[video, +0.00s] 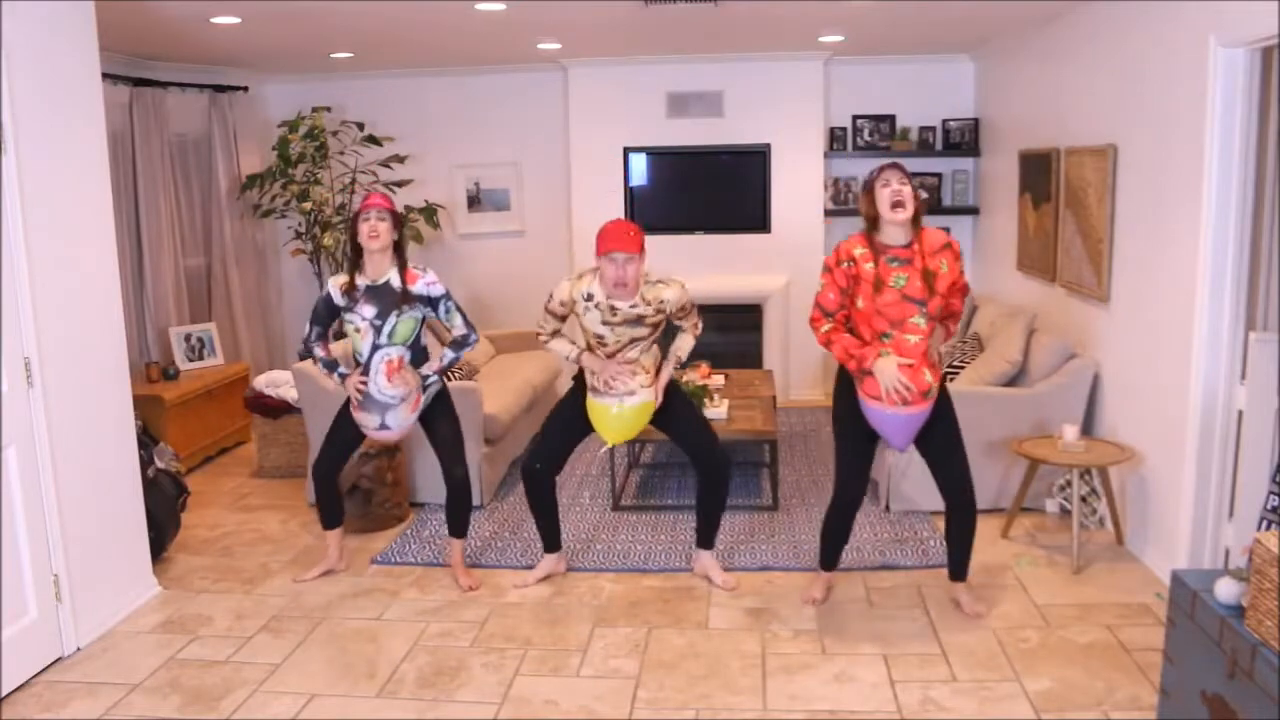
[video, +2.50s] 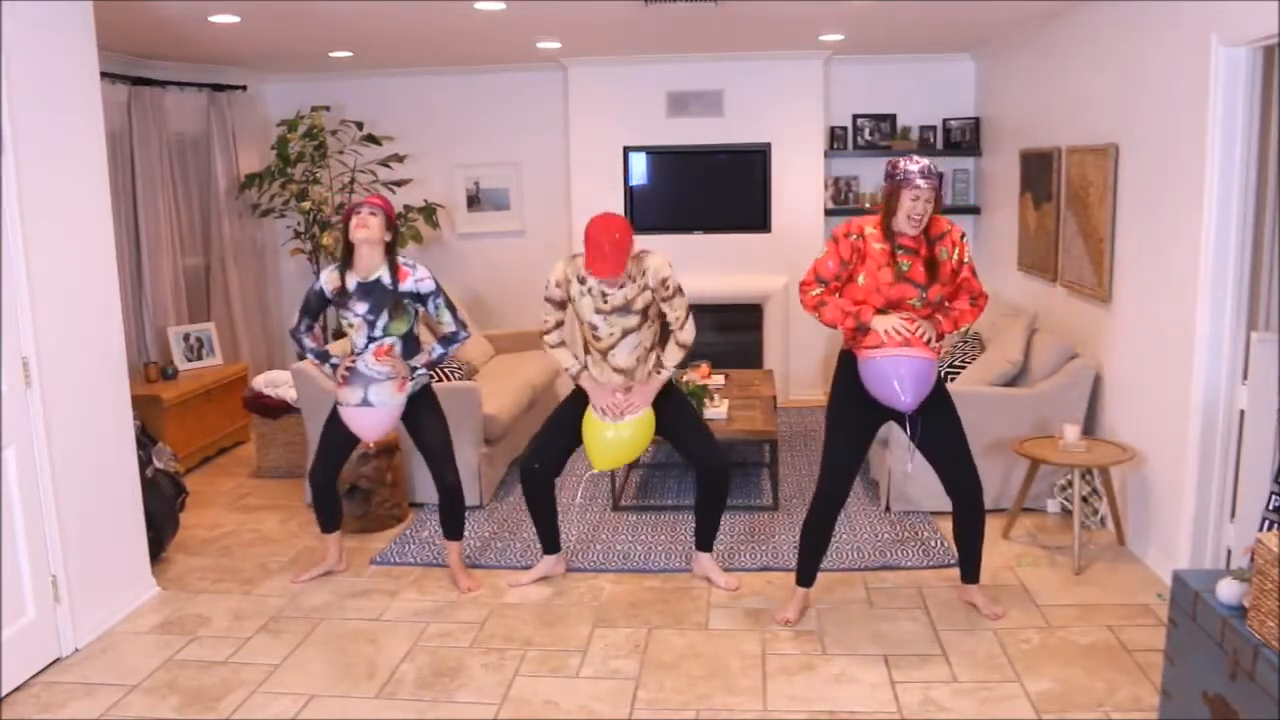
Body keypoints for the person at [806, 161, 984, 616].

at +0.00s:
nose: (896, 190)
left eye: (903, 183)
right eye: (885, 184)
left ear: (916, 197)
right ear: (871, 201)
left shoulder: (940, 247)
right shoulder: (850, 253)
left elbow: (954, 309)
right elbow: (823, 320)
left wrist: (936, 335)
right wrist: (871, 360)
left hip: (924, 376)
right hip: (861, 377)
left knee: (960, 491)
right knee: (850, 488)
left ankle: (958, 583)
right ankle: (824, 574)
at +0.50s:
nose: (946, 177)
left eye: (954, 171)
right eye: (935, 173)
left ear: (967, 186)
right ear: (921, 190)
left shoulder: (991, 239)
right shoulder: (896, 246)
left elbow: (1008, 288)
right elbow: (871, 311)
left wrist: (987, 327)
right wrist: (915, 356)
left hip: (969, 374)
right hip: (905, 370)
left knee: (975, 489)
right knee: (872, 473)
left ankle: (960, 580)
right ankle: (825, 564)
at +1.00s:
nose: (952, 187)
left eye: (961, 179)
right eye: (943, 178)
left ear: (973, 182)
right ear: (927, 179)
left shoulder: (991, 220)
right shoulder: (900, 211)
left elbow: (1024, 282)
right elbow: (857, 265)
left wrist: (974, 324)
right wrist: (904, 315)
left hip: (955, 360)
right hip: (893, 354)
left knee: (957, 476)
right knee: (859, 469)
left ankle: (957, 582)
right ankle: (816, 574)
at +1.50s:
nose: (925, 209)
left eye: (933, 201)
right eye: (917, 201)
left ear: (946, 196)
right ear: (902, 193)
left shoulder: (965, 222)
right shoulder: (873, 217)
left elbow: (996, 283)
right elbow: (828, 270)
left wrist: (951, 314)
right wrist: (879, 308)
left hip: (938, 359)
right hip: (876, 355)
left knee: (960, 475)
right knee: (849, 471)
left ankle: (970, 584)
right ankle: (812, 578)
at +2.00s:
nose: (919, 220)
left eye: (929, 212)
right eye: (912, 210)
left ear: (940, 208)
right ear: (895, 200)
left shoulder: (953, 234)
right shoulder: (862, 226)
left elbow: (979, 293)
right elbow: (816, 277)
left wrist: (938, 320)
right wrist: (871, 312)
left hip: (923, 367)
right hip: (863, 364)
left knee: (963, 484)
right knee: (833, 484)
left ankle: (970, 584)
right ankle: (802, 591)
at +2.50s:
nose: (920, 208)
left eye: (928, 200)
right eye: (912, 198)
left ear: (936, 202)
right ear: (890, 195)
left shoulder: (948, 238)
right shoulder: (856, 235)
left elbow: (973, 298)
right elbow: (812, 290)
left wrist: (938, 324)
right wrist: (868, 318)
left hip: (922, 370)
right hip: (861, 368)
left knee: (967, 487)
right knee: (832, 486)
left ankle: (971, 584)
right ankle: (801, 591)